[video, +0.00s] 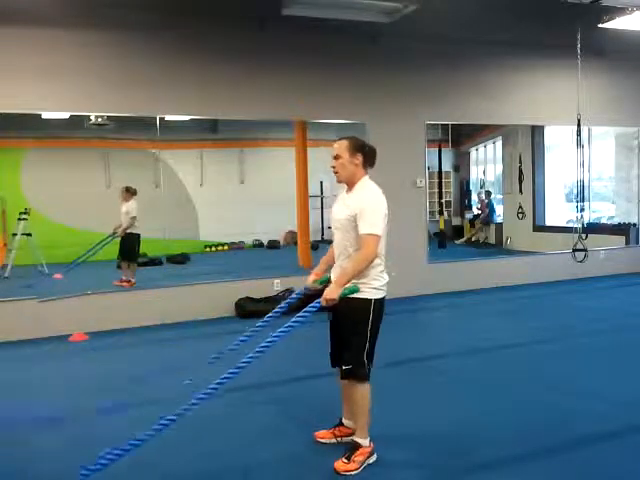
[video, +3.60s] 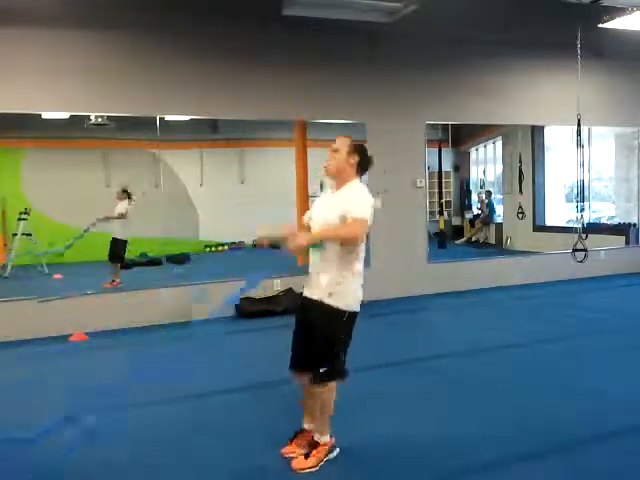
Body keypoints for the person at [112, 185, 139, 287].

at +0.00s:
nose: (122, 195)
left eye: (124, 193)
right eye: (122, 193)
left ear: (129, 194)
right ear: (125, 194)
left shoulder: (132, 204)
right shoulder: (125, 204)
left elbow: (132, 219)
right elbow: (125, 220)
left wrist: (123, 229)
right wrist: (118, 227)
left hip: (133, 233)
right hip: (126, 233)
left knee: (132, 259)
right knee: (123, 258)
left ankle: (131, 278)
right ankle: (125, 277)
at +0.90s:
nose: (124, 196)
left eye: (126, 194)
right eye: (125, 194)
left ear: (132, 196)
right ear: (130, 196)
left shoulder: (134, 204)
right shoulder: (129, 206)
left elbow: (131, 216)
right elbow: (121, 221)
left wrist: (119, 220)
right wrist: (110, 226)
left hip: (131, 235)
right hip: (127, 234)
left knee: (125, 259)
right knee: (124, 259)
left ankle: (125, 279)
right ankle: (124, 278)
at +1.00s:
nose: (127, 192)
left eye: (129, 191)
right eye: (128, 190)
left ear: (134, 192)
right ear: (133, 192)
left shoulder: (134, 202)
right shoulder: (130, 202)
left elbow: (125, 204)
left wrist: (112, 209)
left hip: (133, 229)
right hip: (129, 229)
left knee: (126, 255)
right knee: (126, 255)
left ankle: (127, 279)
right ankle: (126, 278)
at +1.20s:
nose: (121, 202)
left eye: (122, 199)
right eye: (121, 199)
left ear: (127, 199)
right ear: (129, 198)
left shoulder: (131, 208)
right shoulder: (129, 207)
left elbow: (124, 214)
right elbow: (124, 214)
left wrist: (117, 214)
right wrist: (117, 214)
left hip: (132, 233)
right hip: (130, 232)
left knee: (128, 256)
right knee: (126, 256)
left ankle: (130, 279)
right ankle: (127, 277)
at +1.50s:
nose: (119, 193)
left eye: (121, 191)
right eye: (119, 191)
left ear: (126, 191)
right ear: (126, 191)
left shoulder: (130, 199)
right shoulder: (124, 201)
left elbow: (128, 210)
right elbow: (120, 211)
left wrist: (116, 211)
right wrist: (111, 211)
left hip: (126, 228)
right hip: (121, 227)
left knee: (117, 253)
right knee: (115, 252)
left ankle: (118, 274)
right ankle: (116, 274)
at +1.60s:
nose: (120, 196)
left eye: (122, 194)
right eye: (120, 194)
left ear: (126, 194)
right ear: (128, 195)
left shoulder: (128, 204)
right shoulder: (124, 204)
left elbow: (117, 215)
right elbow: (116, 216)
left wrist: (103, 213)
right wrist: (104, 219)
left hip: (122, 233)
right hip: (120, 232)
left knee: (113, 257)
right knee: (114, 257)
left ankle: (113, 278)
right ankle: (113, 277)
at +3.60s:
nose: (117, 195)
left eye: (119, 194)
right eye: (118, 193)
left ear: (124, 195)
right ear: (123, 195)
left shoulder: (124, 205)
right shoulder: (120, 204)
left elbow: (122, 216)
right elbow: (116, 217)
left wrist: (108, 217)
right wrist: (102, 219)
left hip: (121, 236)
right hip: (117, 235)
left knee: (116, 260)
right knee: (114, 259)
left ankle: (116, 279)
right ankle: (115, 279)